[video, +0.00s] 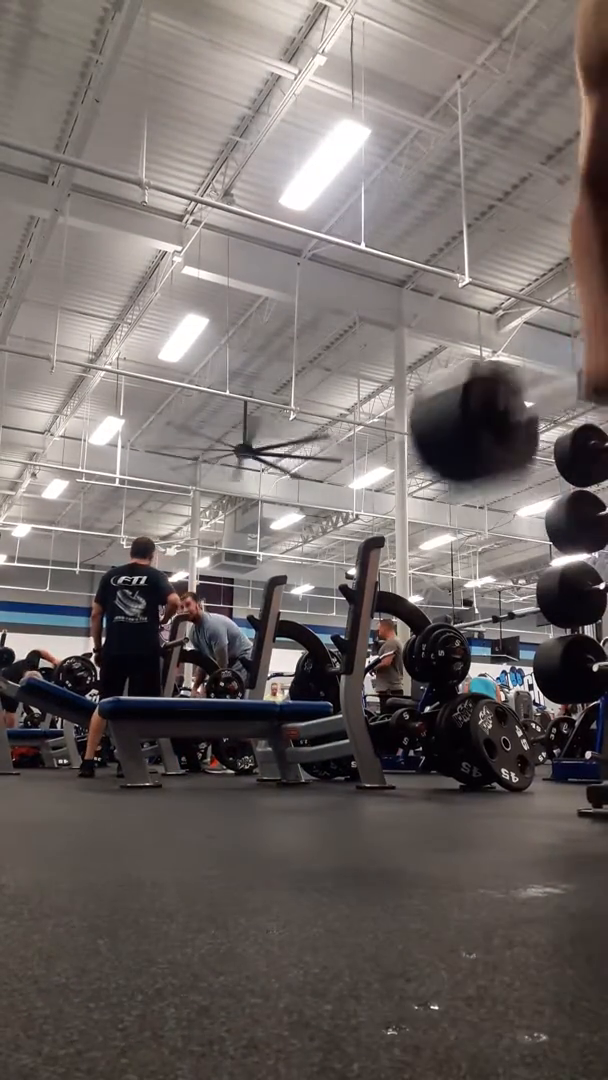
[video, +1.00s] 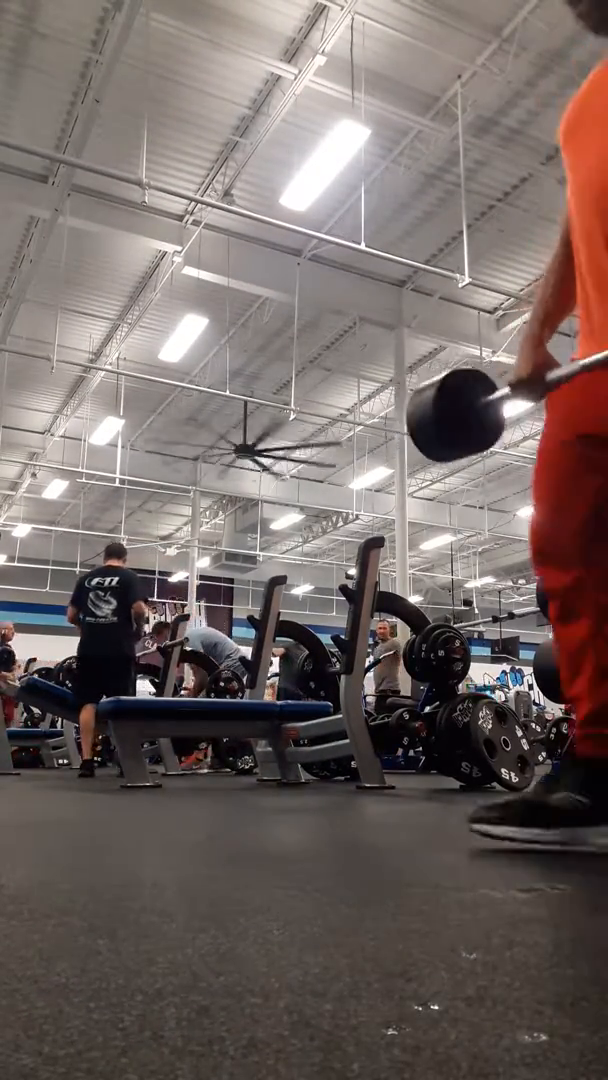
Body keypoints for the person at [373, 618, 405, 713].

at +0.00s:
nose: (378, 632)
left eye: (380, 629)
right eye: (379, 629)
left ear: (386, 628)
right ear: (387, 628)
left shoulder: (391, 643)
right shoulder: (392, 642)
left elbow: (386, 662)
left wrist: (374, 668)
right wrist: (374, 667)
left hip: (389, 691)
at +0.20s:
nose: (379, 632)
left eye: (380, 629)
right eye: (379, 629)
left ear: (385, 628)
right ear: (391, 629)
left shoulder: (388, 643)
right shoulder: (397, 642)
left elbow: (384, 663)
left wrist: (373, 670)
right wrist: (376, 670)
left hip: (387, 692)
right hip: (396, 690)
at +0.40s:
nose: (377, 632)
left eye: (379, 629)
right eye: (378, 629)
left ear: (387, 629)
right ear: (390, 629)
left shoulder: (386, 643)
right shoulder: (399, 643)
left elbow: (382, 664)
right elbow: (403, 670)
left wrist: (372, 673)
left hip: (385, 693)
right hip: (397, 692)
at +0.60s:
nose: (378, 631)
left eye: (381, 628)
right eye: (378, 628)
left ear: (390, 629)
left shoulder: (389, 643)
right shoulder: (396, 643)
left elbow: (384, 666)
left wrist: (372, 680)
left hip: (385, 692)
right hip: (394, 691)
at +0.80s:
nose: (382, 631)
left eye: (385, 628)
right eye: (380, 629)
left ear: (391, 630)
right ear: (377, 631)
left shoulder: (393, 644)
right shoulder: (383, 646)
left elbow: (396, 661)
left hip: (389, 690)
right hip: (382, 689)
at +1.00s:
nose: (381, 631)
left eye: (384, 628)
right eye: (379, 628)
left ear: (389, 630)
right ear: (376, 631)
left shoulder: (394, 643)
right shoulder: (377, 648)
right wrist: (377, 686)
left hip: (391, 689)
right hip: (380, 688)